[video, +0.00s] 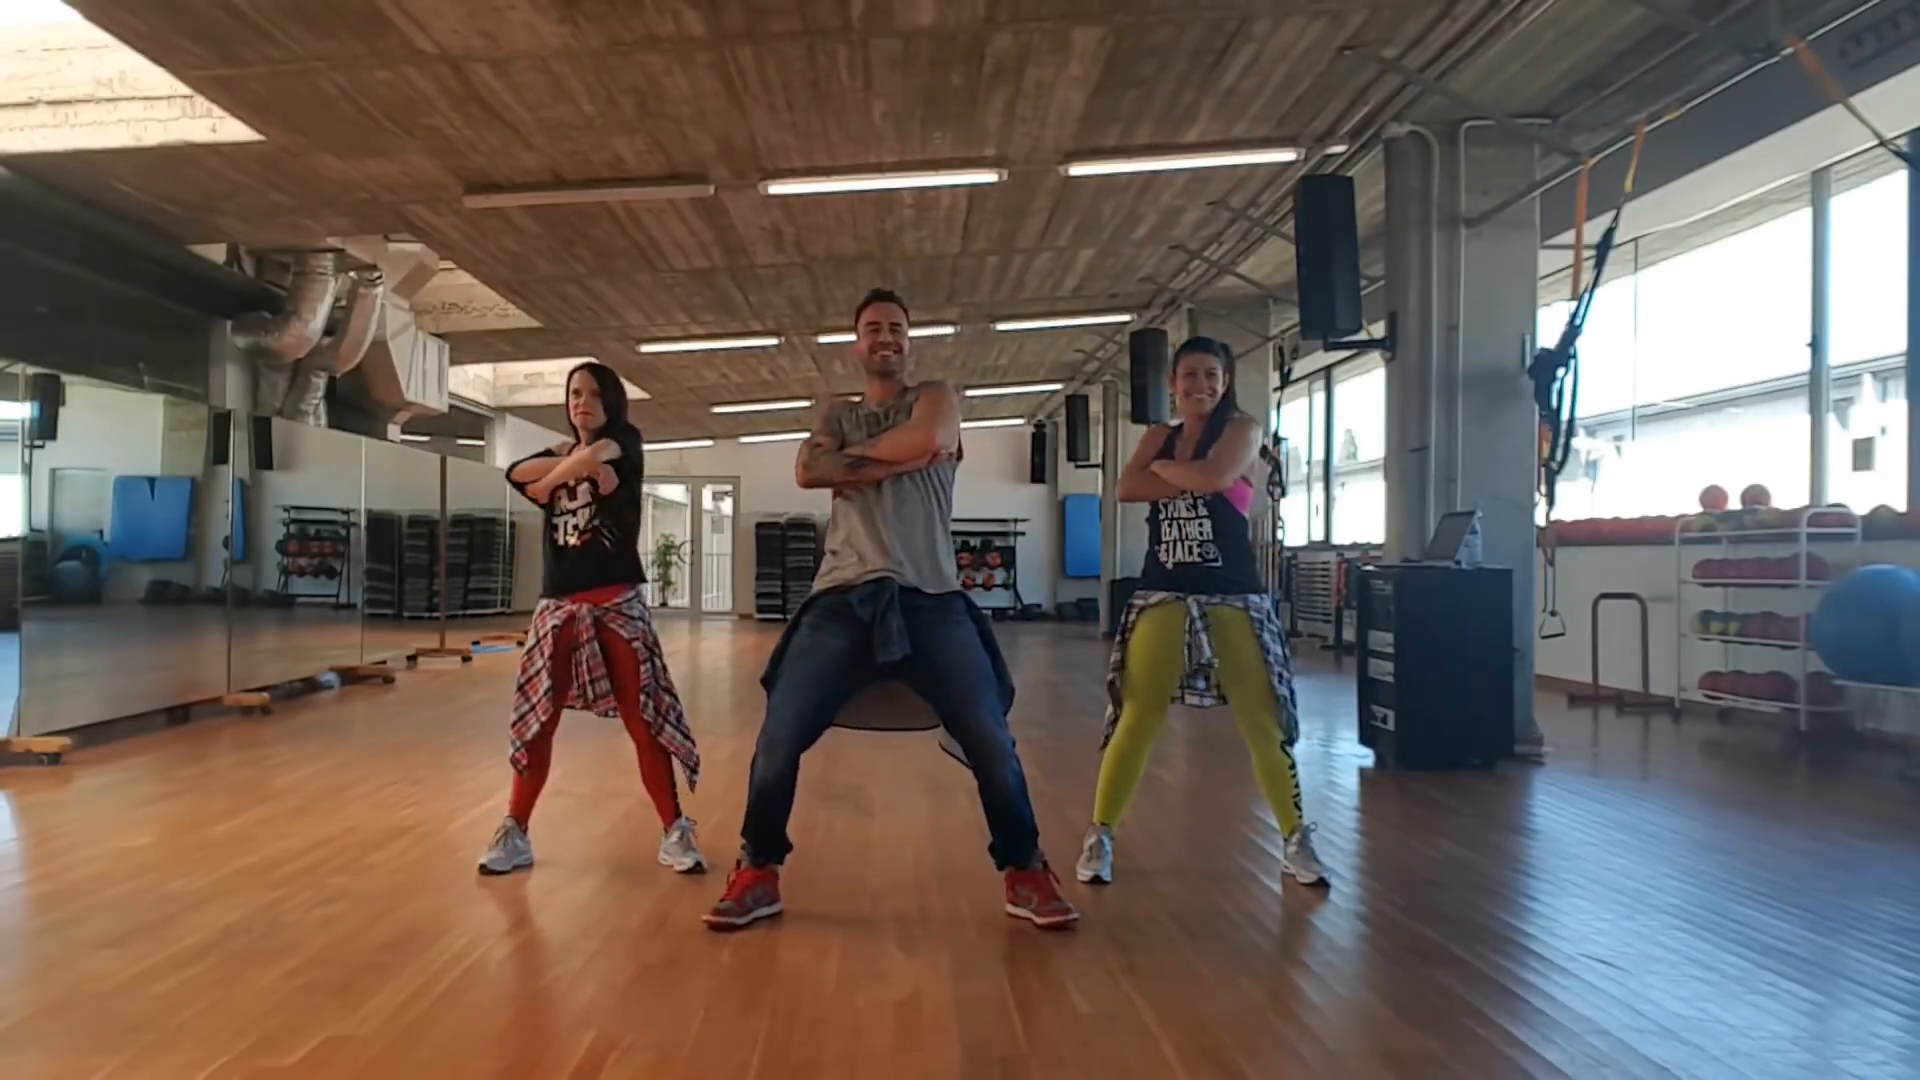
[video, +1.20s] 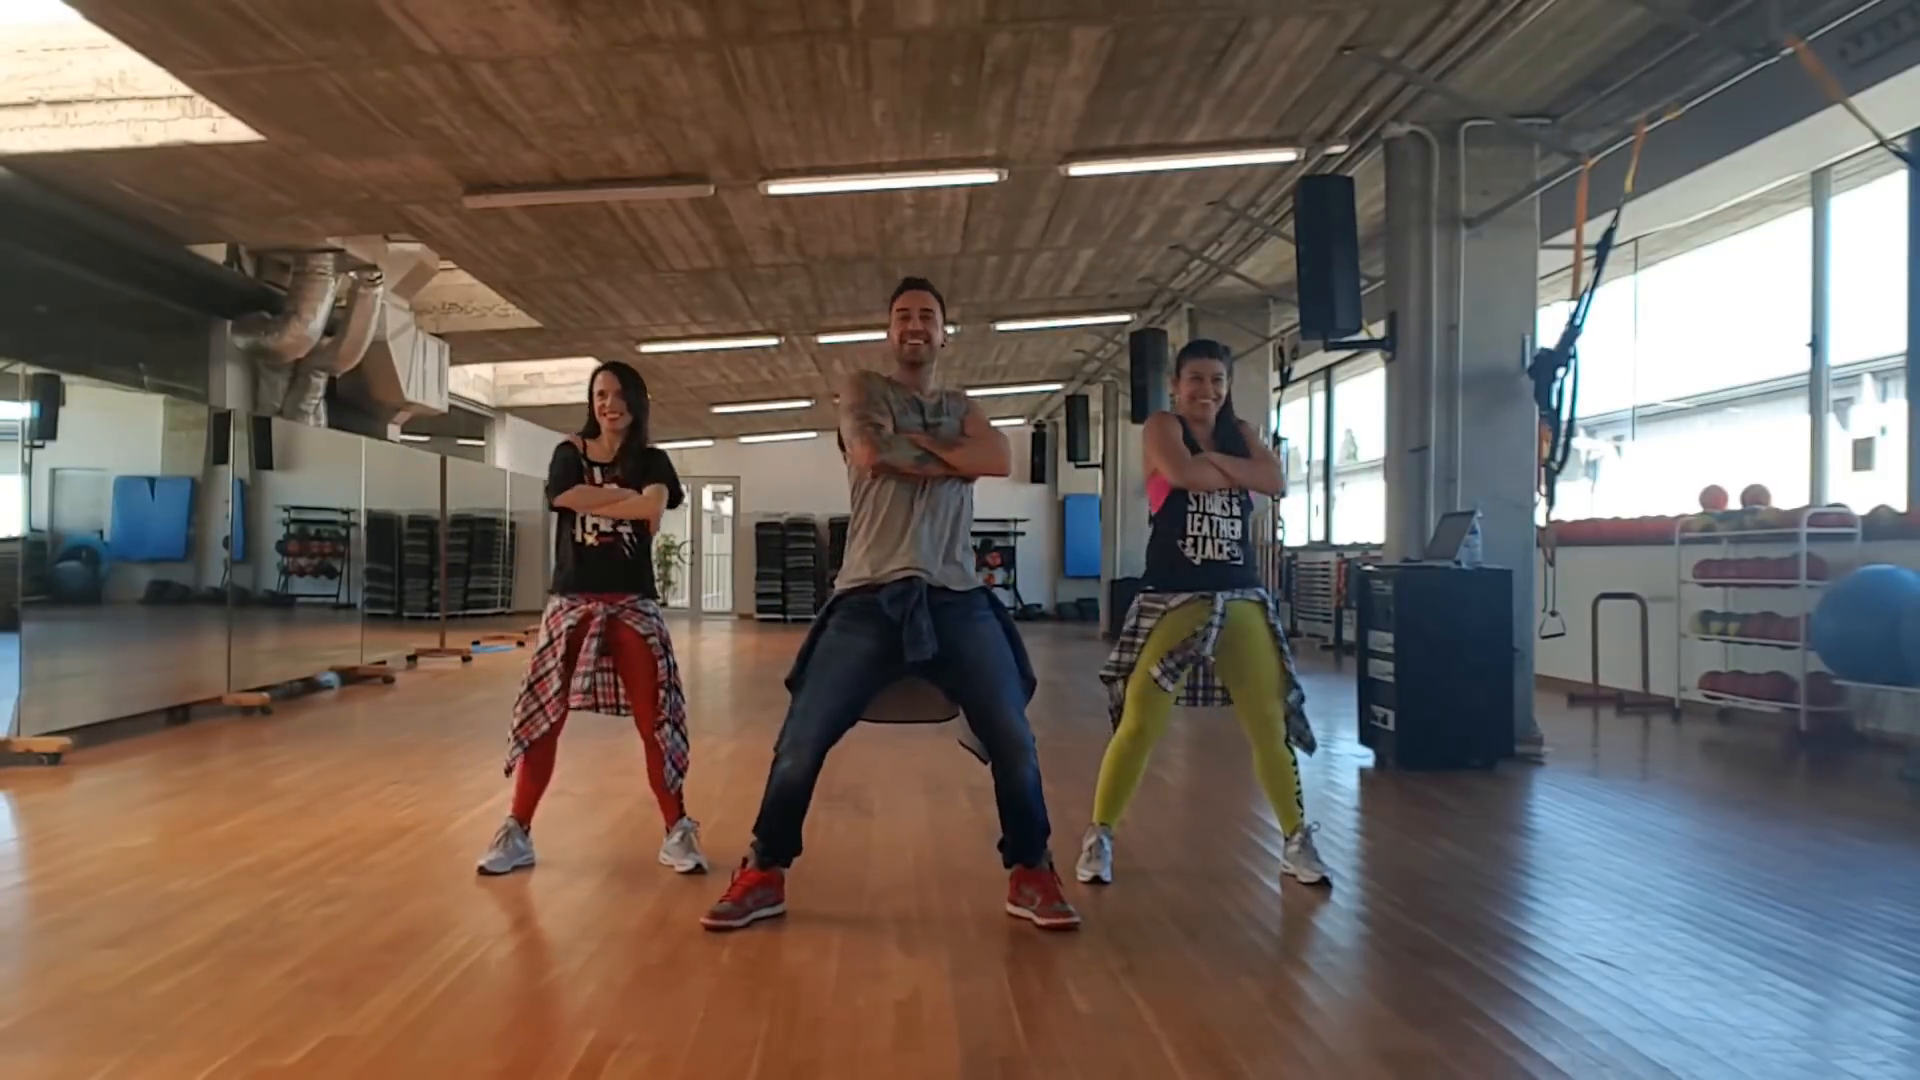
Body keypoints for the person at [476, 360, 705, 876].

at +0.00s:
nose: (582, 402)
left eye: (591, 395)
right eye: (575, 395)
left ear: (611, 401)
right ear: (567, 403)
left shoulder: (625, 443)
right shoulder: (556, 454)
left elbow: (589, 460)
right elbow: (515, 474)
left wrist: (546, 485)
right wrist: (577, 462)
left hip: (617, 598)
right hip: (559, 602)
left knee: (642, 717)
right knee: (537, 714)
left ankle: (675, 830)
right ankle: (515, 832)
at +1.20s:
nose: (608, 403)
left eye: (617, 395)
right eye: (601, 395)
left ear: (637, 402)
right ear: (591, 403)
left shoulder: (653, 461)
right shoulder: (572, 450)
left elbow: (652, 508)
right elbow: (563, 495)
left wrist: (590, 501)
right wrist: (632, 499)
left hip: (632, 600)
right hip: (571, 598)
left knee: (654, 718)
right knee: (544, 711)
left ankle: (678, 831)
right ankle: (517, 832)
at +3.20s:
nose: (628, 402)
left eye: (638, 394)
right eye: (621, 394)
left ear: (654, 405)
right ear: (609, 403)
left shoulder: (662, 464)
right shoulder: (582, 456)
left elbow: (665, 505)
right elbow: (575, 495)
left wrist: (602, 498)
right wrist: (645, 498)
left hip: (642, 608)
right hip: (581, 606)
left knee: (665, 723)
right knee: (553, 719)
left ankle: (687, 831)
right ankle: (520, 833)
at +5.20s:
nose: (615, 402)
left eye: (624, 394)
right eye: (610, 394)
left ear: (645, 402)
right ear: (601, 402)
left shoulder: (659, 462)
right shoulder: (578, 453)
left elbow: (649, 486)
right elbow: (561, 482)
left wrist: (588, 484)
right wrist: (634, 480)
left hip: (635, 601)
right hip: (574, 598)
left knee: (658, 717)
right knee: (545, 712)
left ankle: (686, 831)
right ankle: (519, 834)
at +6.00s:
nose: (624, 403)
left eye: (633, 395)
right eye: (617, 394)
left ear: (652, 404)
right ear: (608, 400)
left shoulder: (663, 463)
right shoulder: (584, 451)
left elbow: (651, 495)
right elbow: (559, 482)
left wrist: (589, 488)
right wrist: (633, 479)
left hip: (639, 605)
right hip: (576, 602)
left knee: (661, 719)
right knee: (547, 714)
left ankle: (687, 831)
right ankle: (520, 834)